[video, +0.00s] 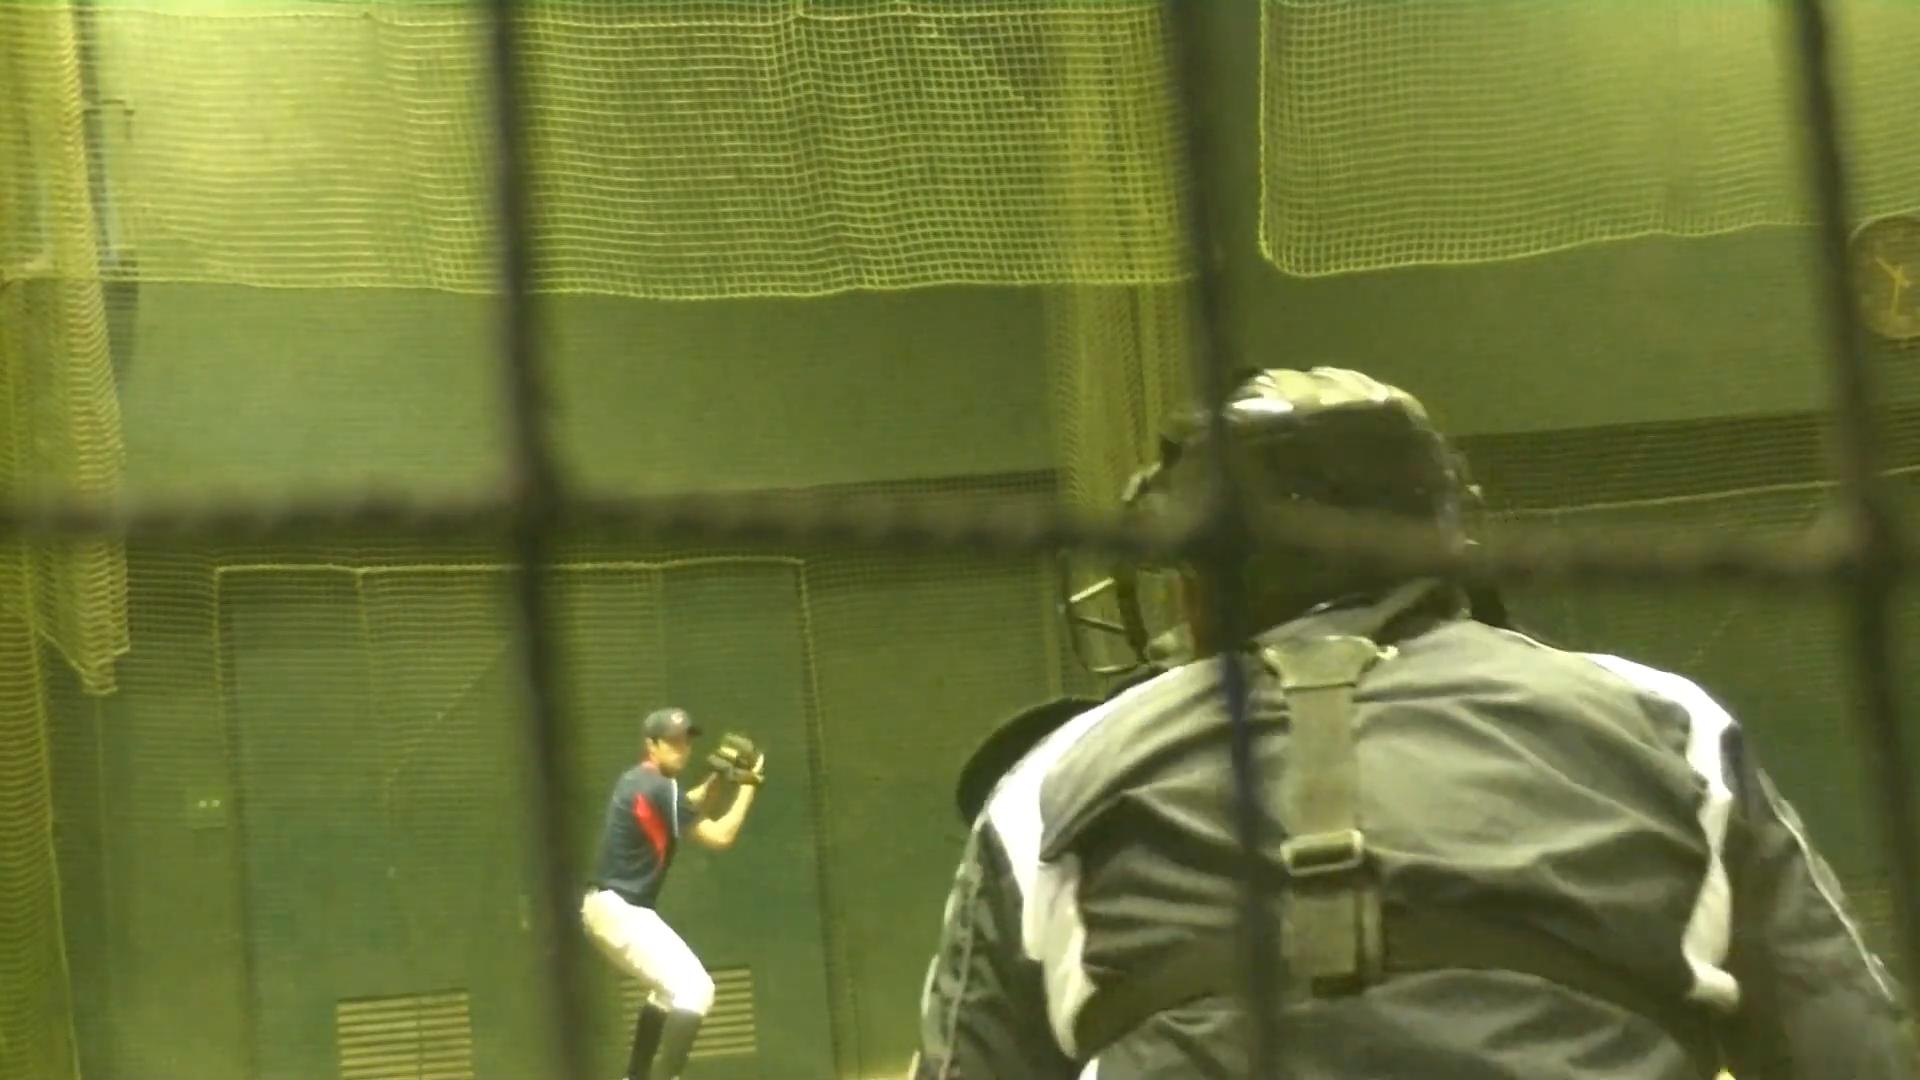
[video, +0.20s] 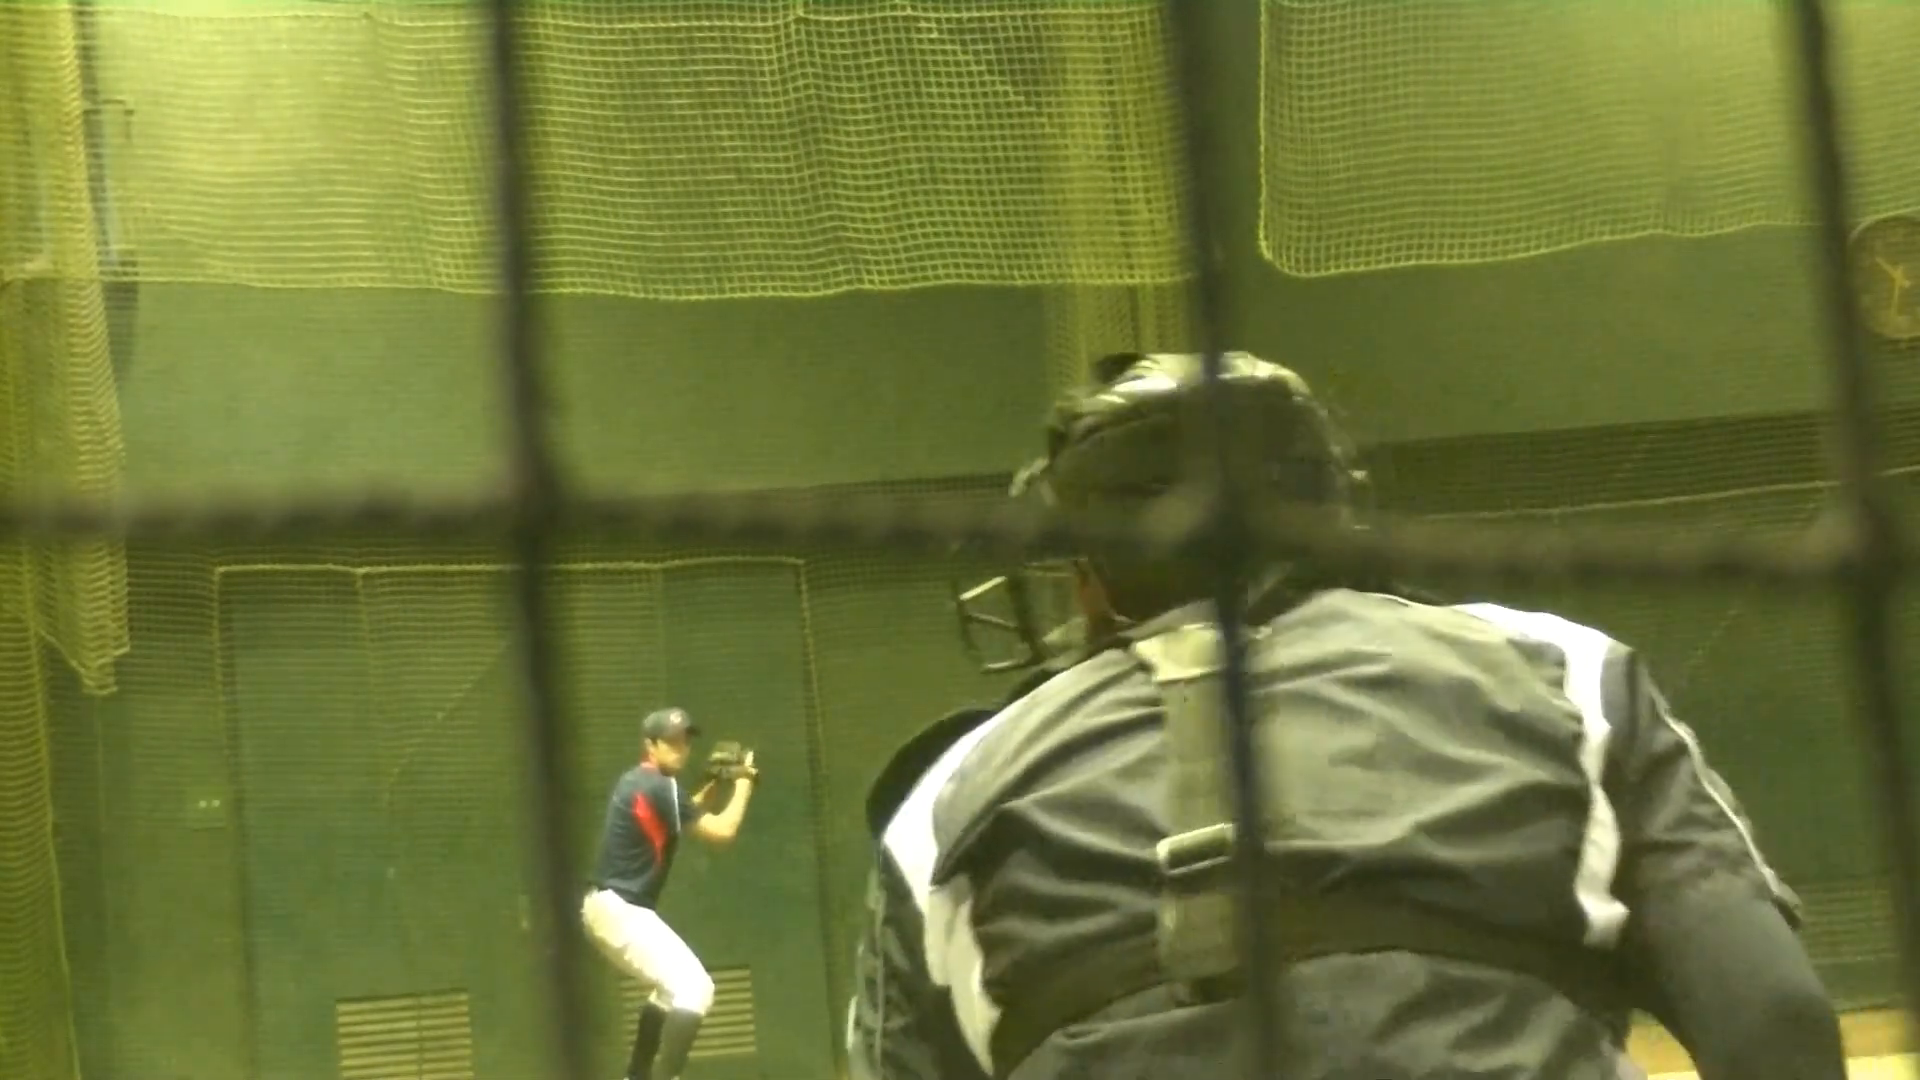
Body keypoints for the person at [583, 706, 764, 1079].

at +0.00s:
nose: (684, 752)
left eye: (686, 744)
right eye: (676, 744)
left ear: (688, 744)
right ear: (652, 745)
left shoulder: (638, 780)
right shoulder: (656, 788)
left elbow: (695, 804)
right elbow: (720, 837)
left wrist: (723, 772)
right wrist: (748, 786)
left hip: (605, 905)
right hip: (619, 909)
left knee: (669, 987)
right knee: (695, 990)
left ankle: (637, 1072)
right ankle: (665, 1073)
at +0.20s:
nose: (683, 751)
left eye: (685, 743)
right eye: (674, 744)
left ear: (686, 743)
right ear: (651, 745)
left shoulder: (636, 780)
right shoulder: (657, 787)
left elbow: (686, 813)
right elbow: (721, 832)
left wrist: (718, 781)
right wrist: (743, 784)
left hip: (604, 905)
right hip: (620, 909)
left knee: (670, 985)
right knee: (695, 989)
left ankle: (639, 1071)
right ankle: (668, 1072)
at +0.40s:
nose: (683, 752)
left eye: (685, 744)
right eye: (675, 744)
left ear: (687, 744)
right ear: (651, 746)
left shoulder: (638, 782)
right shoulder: (656, 788)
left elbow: (684, 817)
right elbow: (726, 825)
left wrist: (710, 788)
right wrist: (738, 776)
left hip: (606, 907)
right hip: (618, 909)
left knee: (671, 985)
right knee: (698, 989)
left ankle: (639, 1073)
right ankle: (669, 1073)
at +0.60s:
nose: (682, 750)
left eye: (684, 742)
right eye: (673, 743)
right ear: (650, 745)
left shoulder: (635, 782)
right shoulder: (655, 787)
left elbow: (688, 816)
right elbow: (723, 828)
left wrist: (710, 783)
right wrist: (739, 778)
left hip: (605, 906)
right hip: (618, 909)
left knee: (670, 985)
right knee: (697, 989)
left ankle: (638, 1073)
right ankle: (669, 1073)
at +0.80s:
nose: (680, 750)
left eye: (683, 742)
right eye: (672, 743)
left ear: (684, 744)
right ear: (649, 745)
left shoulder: (635, 781)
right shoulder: (655, 787)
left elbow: (686, 814)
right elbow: (718, 832)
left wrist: (711, 777)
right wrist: (741, 782)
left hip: (603, 906)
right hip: (619, 909)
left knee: (669, 985)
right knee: (696, 988)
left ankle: (638, 1073)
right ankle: (669, 1073)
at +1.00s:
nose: (681, 747)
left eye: (683, 739)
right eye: (672, 740)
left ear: (651, 746)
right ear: (648, 744)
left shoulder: (635, 779)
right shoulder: (655, 786)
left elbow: (687, 814)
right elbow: (719, 832)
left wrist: (711, 776)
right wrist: (741, 783)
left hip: (602, 906)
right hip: (618, 908)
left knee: (668, 985)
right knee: (696, 987)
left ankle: (637, 1074)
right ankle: (668, 1074)